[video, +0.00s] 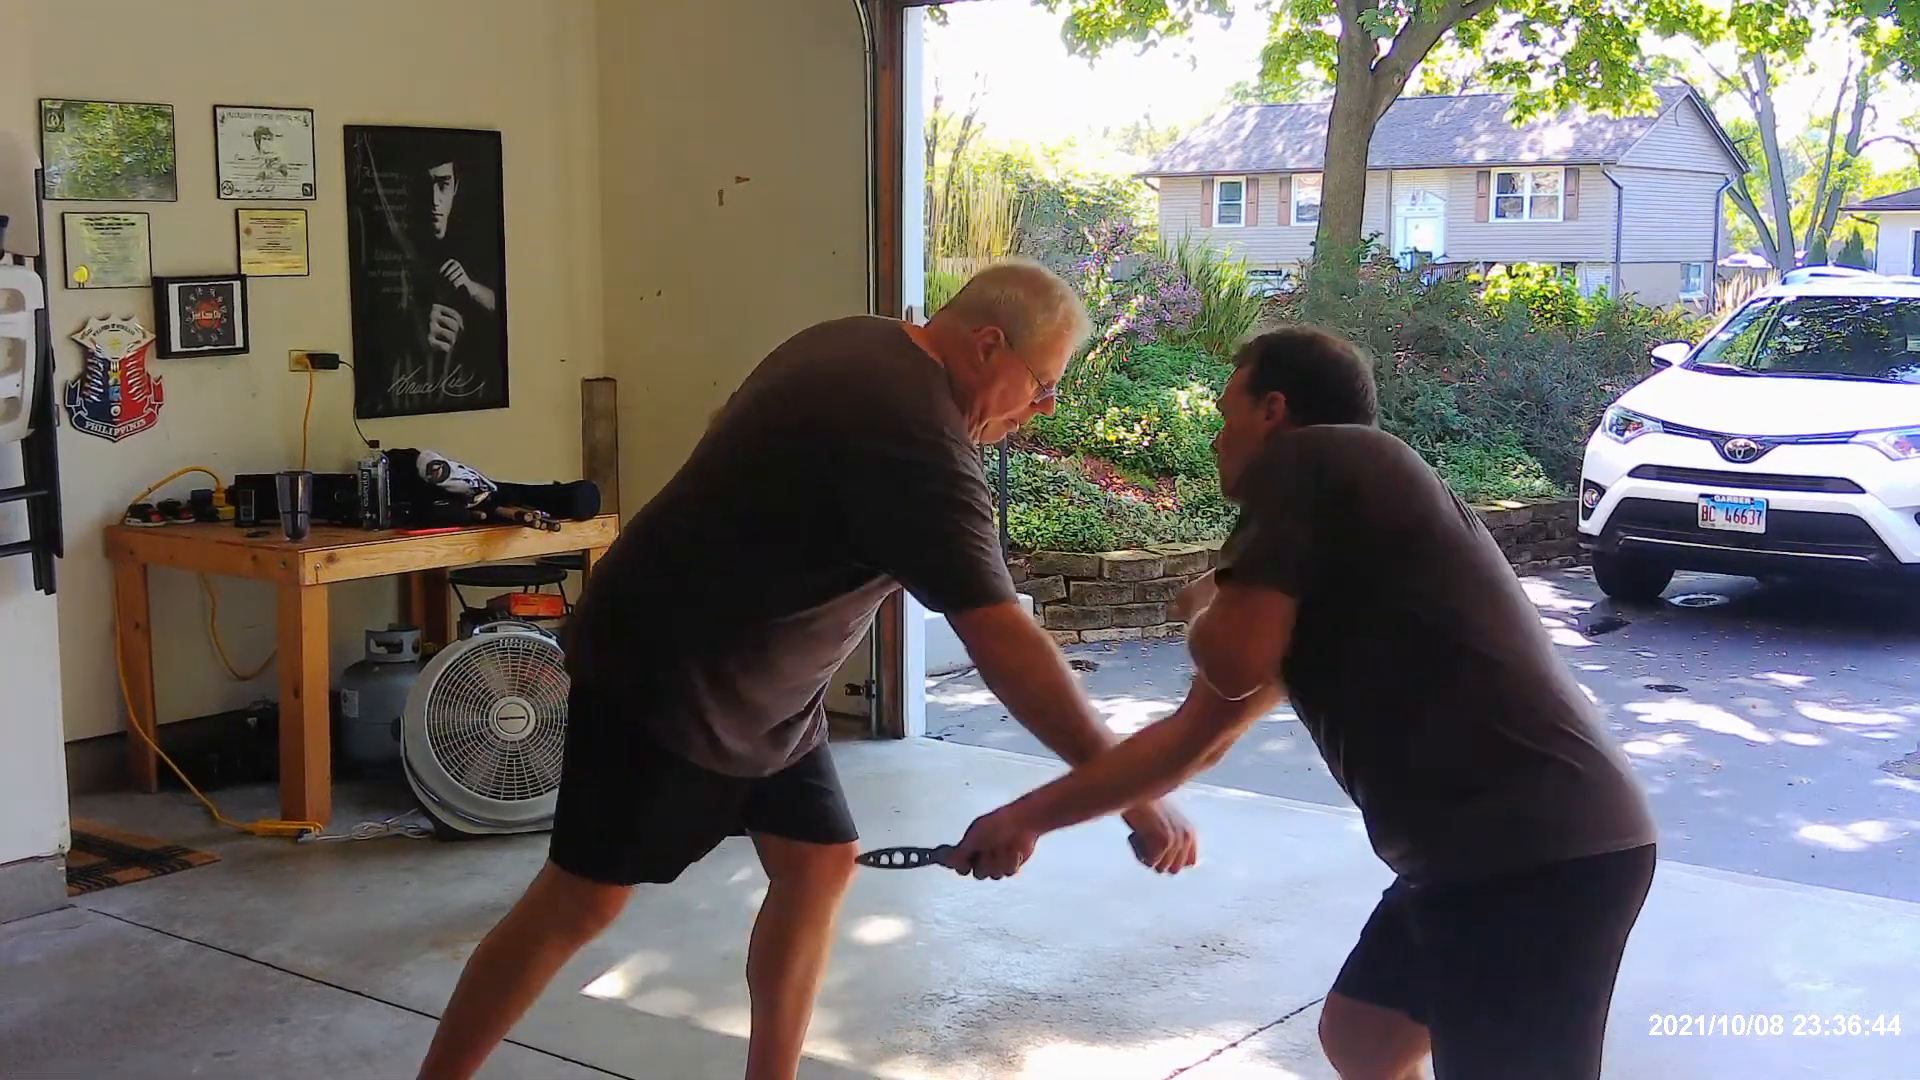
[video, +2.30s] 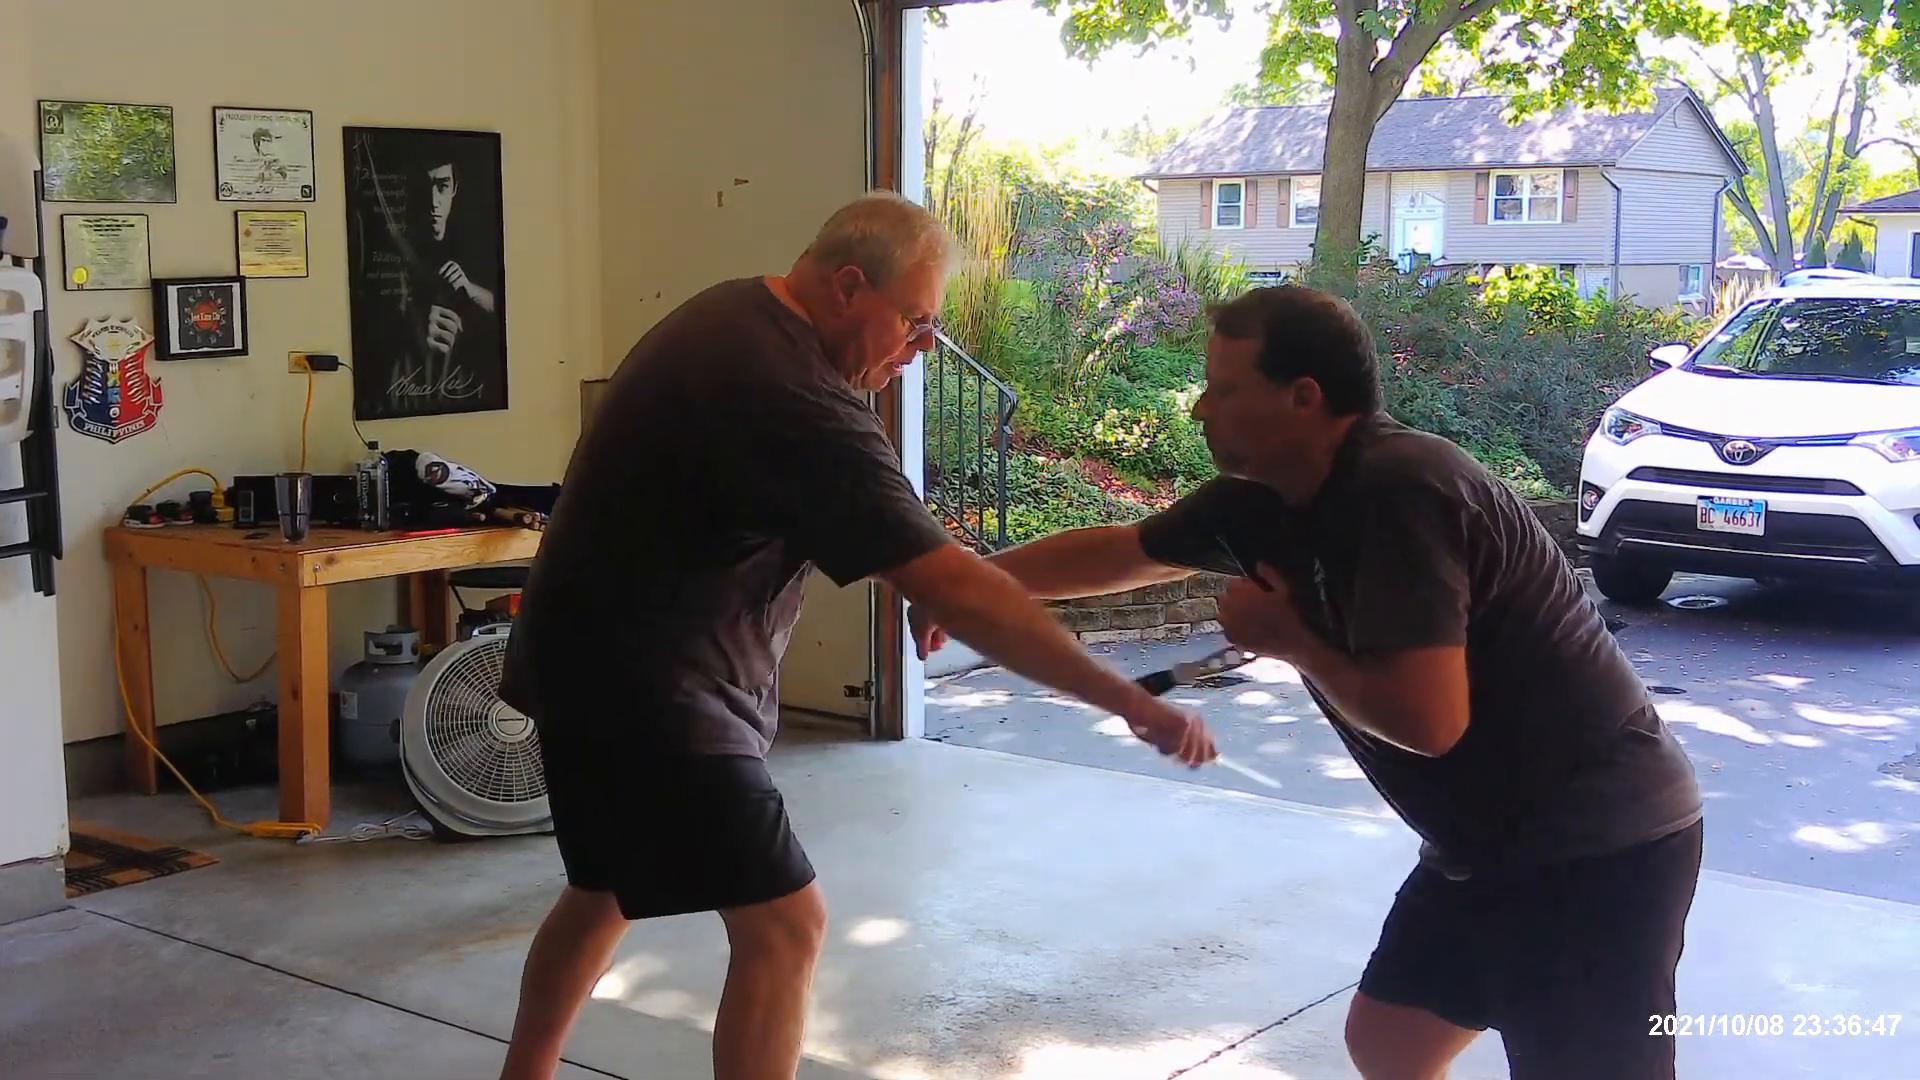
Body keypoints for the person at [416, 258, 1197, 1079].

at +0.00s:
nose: (1040, 409)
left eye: (1051, 391)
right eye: (1043, 384)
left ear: (972, 335)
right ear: (988, 347)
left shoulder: (862, 353)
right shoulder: (914, 430)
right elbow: (999, 636)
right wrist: (1129, 789)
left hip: (764, 670)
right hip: (657, 660)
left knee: (817, 856)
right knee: (583, 895)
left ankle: (772, 1068)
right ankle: (441, 1069)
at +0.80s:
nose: (1047, 397)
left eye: (1058, 381)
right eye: (1048, 372)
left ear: (988, 324)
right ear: (992, 327)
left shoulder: (892, 346)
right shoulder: (897, 399)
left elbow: (816, 521)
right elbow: (944, 644)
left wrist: (869, 662)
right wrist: (1022, 824)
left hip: (780, 641)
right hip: (688, 636)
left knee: (803, 857)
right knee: (713, 909)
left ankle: (767, 1073)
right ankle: (526, 1072)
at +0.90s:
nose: (1038, 396)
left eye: (1049, 381)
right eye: (1039, 371)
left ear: (976, 322)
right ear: (979, 323)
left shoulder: (901, 362)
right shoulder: (885, 399)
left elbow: (896, 573)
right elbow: (924, 645)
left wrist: (972, 691)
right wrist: (1010, 825)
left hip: (769, 637)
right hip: (682, 631)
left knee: (799, 866)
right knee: (746, 896)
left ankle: (762, 1073)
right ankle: (658, 1069)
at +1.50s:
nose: (1018, 420)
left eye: (1032, 404)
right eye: (1022, 397)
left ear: (965, 341)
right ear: (967, 346)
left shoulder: (903, 377)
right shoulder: (874, 419)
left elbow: (925, 577)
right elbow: (857, 672)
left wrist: (959, 740)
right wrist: (902, 795)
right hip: (670, 663)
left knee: (663, 881)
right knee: (773, 924)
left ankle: (618, 1068)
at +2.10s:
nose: (941, 385)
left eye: (952, 369)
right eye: (942, 360)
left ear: (875, 310)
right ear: (881, 316)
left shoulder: (773, 338)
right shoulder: (809, 412)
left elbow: (827, 535)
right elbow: (860, 668)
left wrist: (917, 630)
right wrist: (942, 801)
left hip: (583, 662)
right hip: (654, 687)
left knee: (603, 890)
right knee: (781, 925)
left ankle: (526, 1071)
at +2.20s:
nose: (926, 368)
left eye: (936, 351)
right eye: (925, 343)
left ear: (852, 296)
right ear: (861, 300)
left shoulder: (748, 325)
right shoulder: (803, 410)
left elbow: (766, 514)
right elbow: (895, 643)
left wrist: (896, 575)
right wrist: (1018, 788)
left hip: (576, 653)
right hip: (653, 684)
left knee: (607, 886)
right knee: (781, 922)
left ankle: (526, 1069)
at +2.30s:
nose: (920, 346)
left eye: (927, 327)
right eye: (914, 321)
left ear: (840, 279)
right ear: (846, 289)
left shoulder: (728, 320)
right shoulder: (797, 400)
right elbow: (947, 582)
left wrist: (910, 556)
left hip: (574, 660)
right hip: (657, 688)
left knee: (601, 890)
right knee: (781, 922)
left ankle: (525, 1072)